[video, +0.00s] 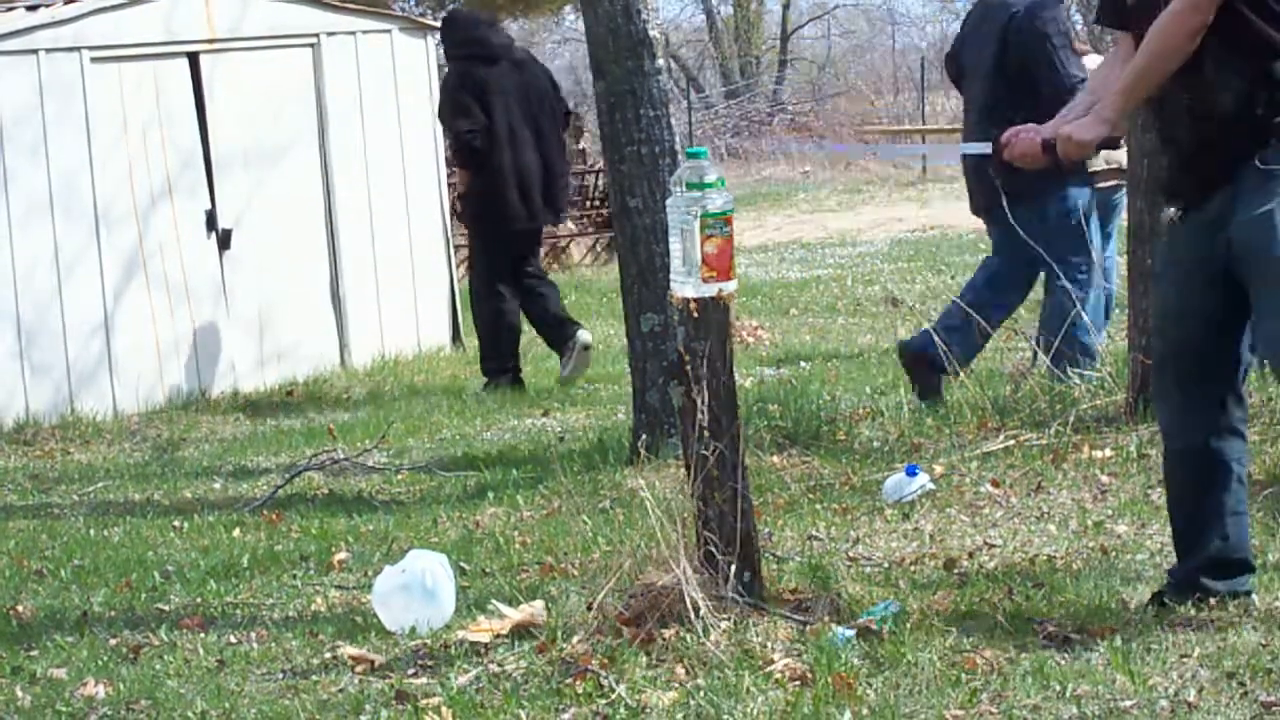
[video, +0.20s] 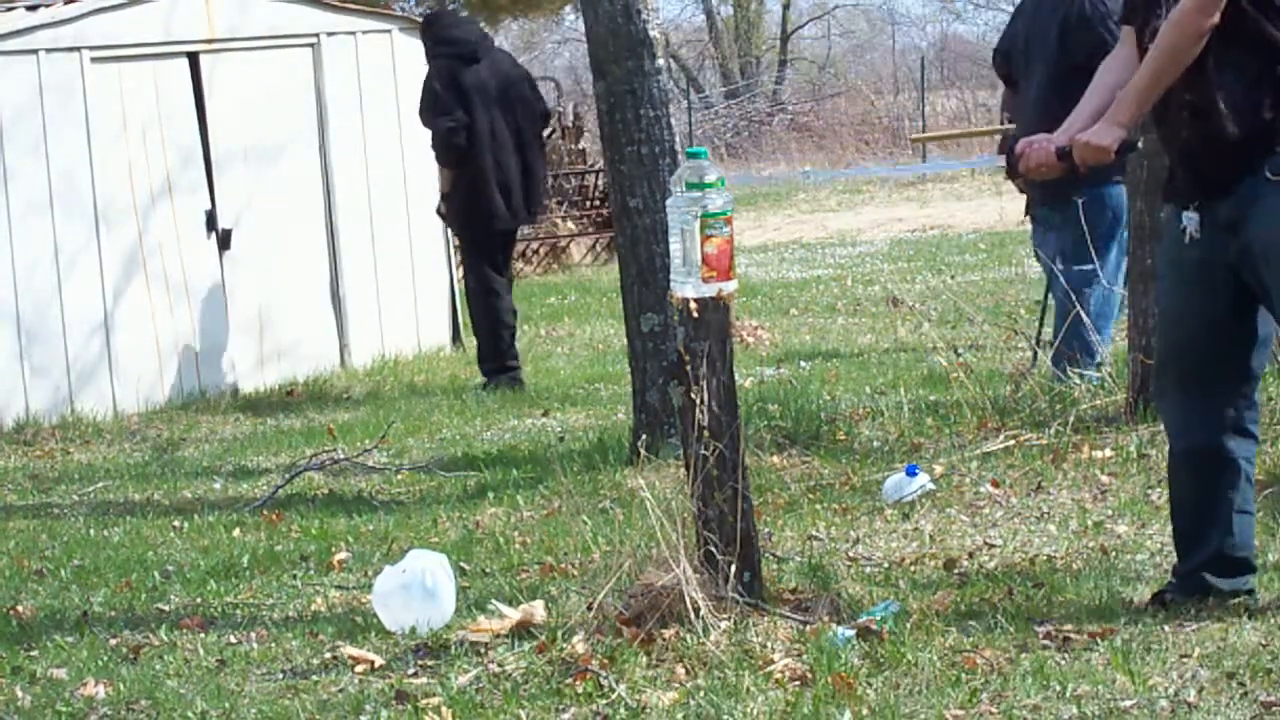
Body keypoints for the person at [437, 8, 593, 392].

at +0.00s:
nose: (445, 50)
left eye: (446, 44)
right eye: (445, 44)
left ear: (455, 42)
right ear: (491, 31)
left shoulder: (462, 76)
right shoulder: (528, 64)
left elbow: (469, 137)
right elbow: (560, 115)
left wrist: (466, 176)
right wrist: (542, 157)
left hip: (491, 197)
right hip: (536, 188)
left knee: (491, 284)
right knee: (526, 271)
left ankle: (503, 377)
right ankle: (568, 337)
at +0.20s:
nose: (427, 49)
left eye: (427, 43)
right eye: (426, 43)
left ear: (435, 40)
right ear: (469, 30)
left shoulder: (442, 72)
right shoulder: (504, 62)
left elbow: (451, 134)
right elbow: (539, 112)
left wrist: (445, 189)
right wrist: (518, 150)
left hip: (475, 190)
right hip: (514, 182)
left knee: (484, 279)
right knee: (497, 276)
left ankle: (502, 373)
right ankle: (504, 369)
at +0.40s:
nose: (412, 57)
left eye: (412, 50)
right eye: (410, 50)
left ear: (421, 46)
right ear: (450, 35)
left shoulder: (432, 75)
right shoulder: (487, 67)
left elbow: (437, 136)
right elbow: (521, 119)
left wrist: (430, 192)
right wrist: (503, 167)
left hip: (461, 192)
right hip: (498, 187)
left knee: (478, 283)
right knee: (467, 282)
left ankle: (502, 371)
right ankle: (465, 369)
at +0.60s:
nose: (400, 62)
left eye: (399, 55)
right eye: (397, 56)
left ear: (409, 46)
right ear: (429, 38)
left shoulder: (425, 70)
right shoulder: (471, 69)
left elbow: (435, 135)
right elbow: (502, 122)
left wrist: (416, 188)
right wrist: (492, 176)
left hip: (446, 194)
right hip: (481, 191)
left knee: (432, 277)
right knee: (469, 276)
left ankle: (483, 361)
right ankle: (465, 365)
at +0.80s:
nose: (381, 65)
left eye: (379, 56)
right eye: (376, 59)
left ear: (395, 43)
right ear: (400, 40)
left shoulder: (422, 69)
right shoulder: (451, 67)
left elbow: (439, 130)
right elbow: (479, 133)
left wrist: (408, 186)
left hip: (440, 200)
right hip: (472, 196)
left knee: (411, 283)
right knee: (458, 280)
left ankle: (431, 379)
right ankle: (469, 369)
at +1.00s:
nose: (360, 69)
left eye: (360, 60)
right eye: (356, 63)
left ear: (378, 47)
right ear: (378, 47)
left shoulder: (413, 74)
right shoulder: (418, 70)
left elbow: (436, 140)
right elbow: (432, 142)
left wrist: (402, 195)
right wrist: (403, 192)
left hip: (430, 211)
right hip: (441, 209)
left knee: (406, 296)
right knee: (449, 296)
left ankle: (379, 384)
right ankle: (470, 375)